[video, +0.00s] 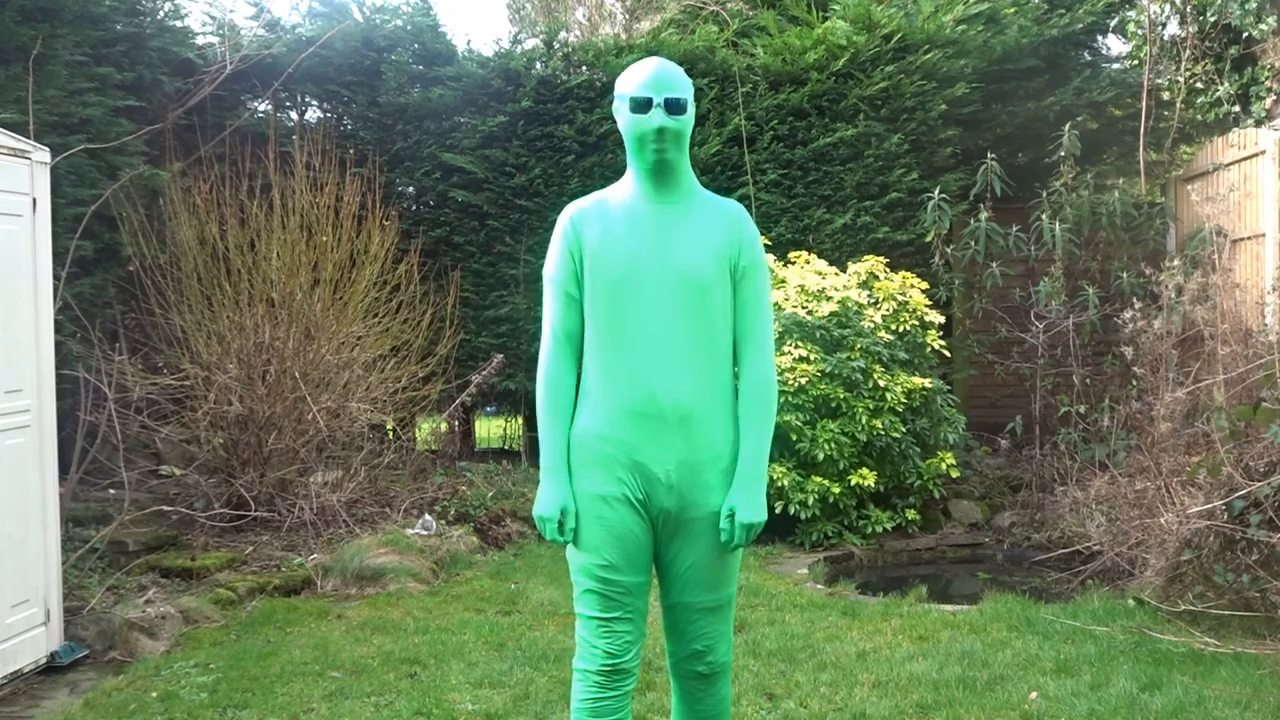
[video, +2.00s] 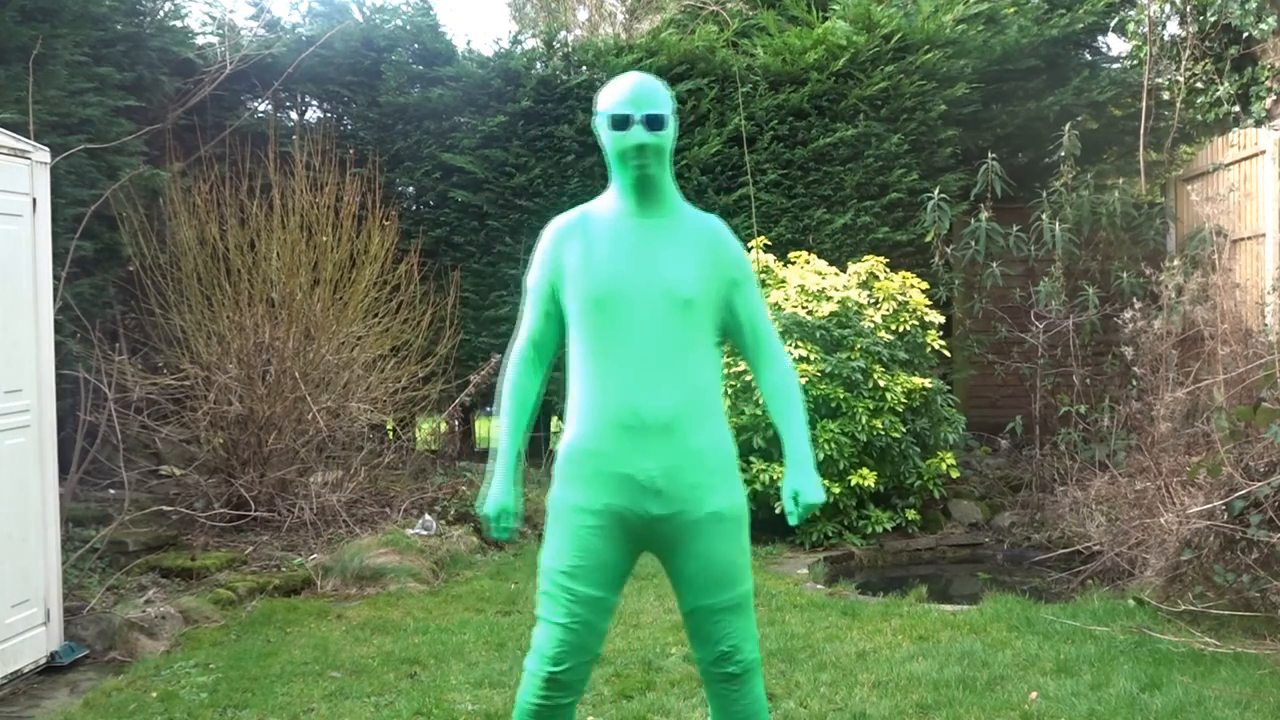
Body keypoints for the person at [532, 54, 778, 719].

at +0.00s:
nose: (658, 118)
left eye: (673, 105)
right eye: (641, 105)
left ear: (693, 118)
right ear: (618, 120)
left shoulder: (732, 224)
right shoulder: (581, 222)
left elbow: (757, 356)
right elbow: (558, 353)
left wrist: (752, 475)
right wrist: (553, 473)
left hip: (709, 472)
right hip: (603, 470)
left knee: (705, 667)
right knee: (605, 666)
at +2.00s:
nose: (639, 136)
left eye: (654, 122)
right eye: (622, 123)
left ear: (674, 132)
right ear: (600, 136)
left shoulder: (713, 240)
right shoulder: (565, 238)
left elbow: (767, 353)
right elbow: (530, 355)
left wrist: (799, 458)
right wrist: (504, 472)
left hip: (704, 485)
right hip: (591, 485)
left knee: (733, 668)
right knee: (554, 670)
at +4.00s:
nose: (636, 135)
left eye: (651, 120)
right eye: (621, 122)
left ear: (674, 129)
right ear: (602, 134)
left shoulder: (714, 238)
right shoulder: (567, 236)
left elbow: (770, 352)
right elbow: (532, 353)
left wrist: (786, 465)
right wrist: (519, 469)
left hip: (699, 486)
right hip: (588, 486)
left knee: (729, 668)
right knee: (554, 667)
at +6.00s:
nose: (637, 135)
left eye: (652, 121)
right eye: (621, 122)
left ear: (673, 130)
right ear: (601, 133)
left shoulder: (713, 238)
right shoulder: (567, 236)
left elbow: (769, 352)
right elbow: (531, 354)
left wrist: (784, 464)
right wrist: (518, 468)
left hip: (698, 485)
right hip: (587, 483)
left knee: (729, 668)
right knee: (554, 666)